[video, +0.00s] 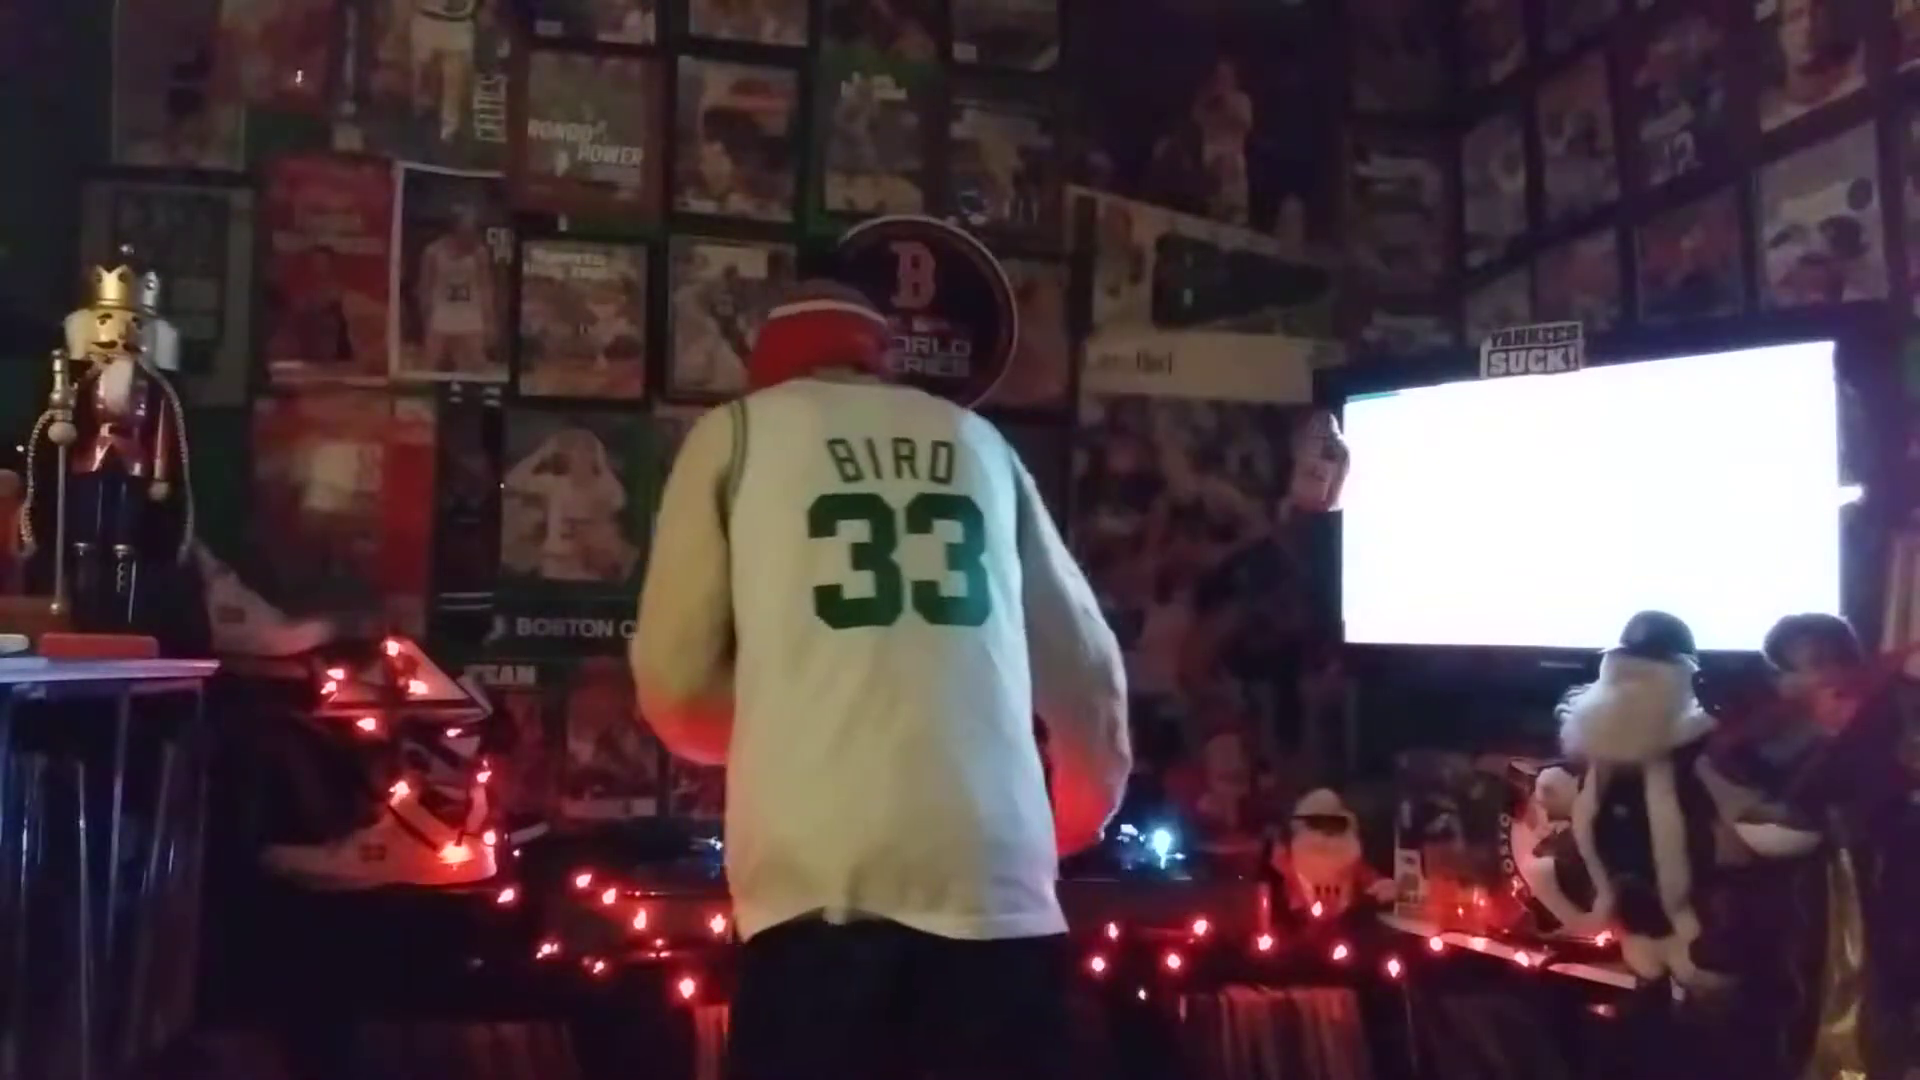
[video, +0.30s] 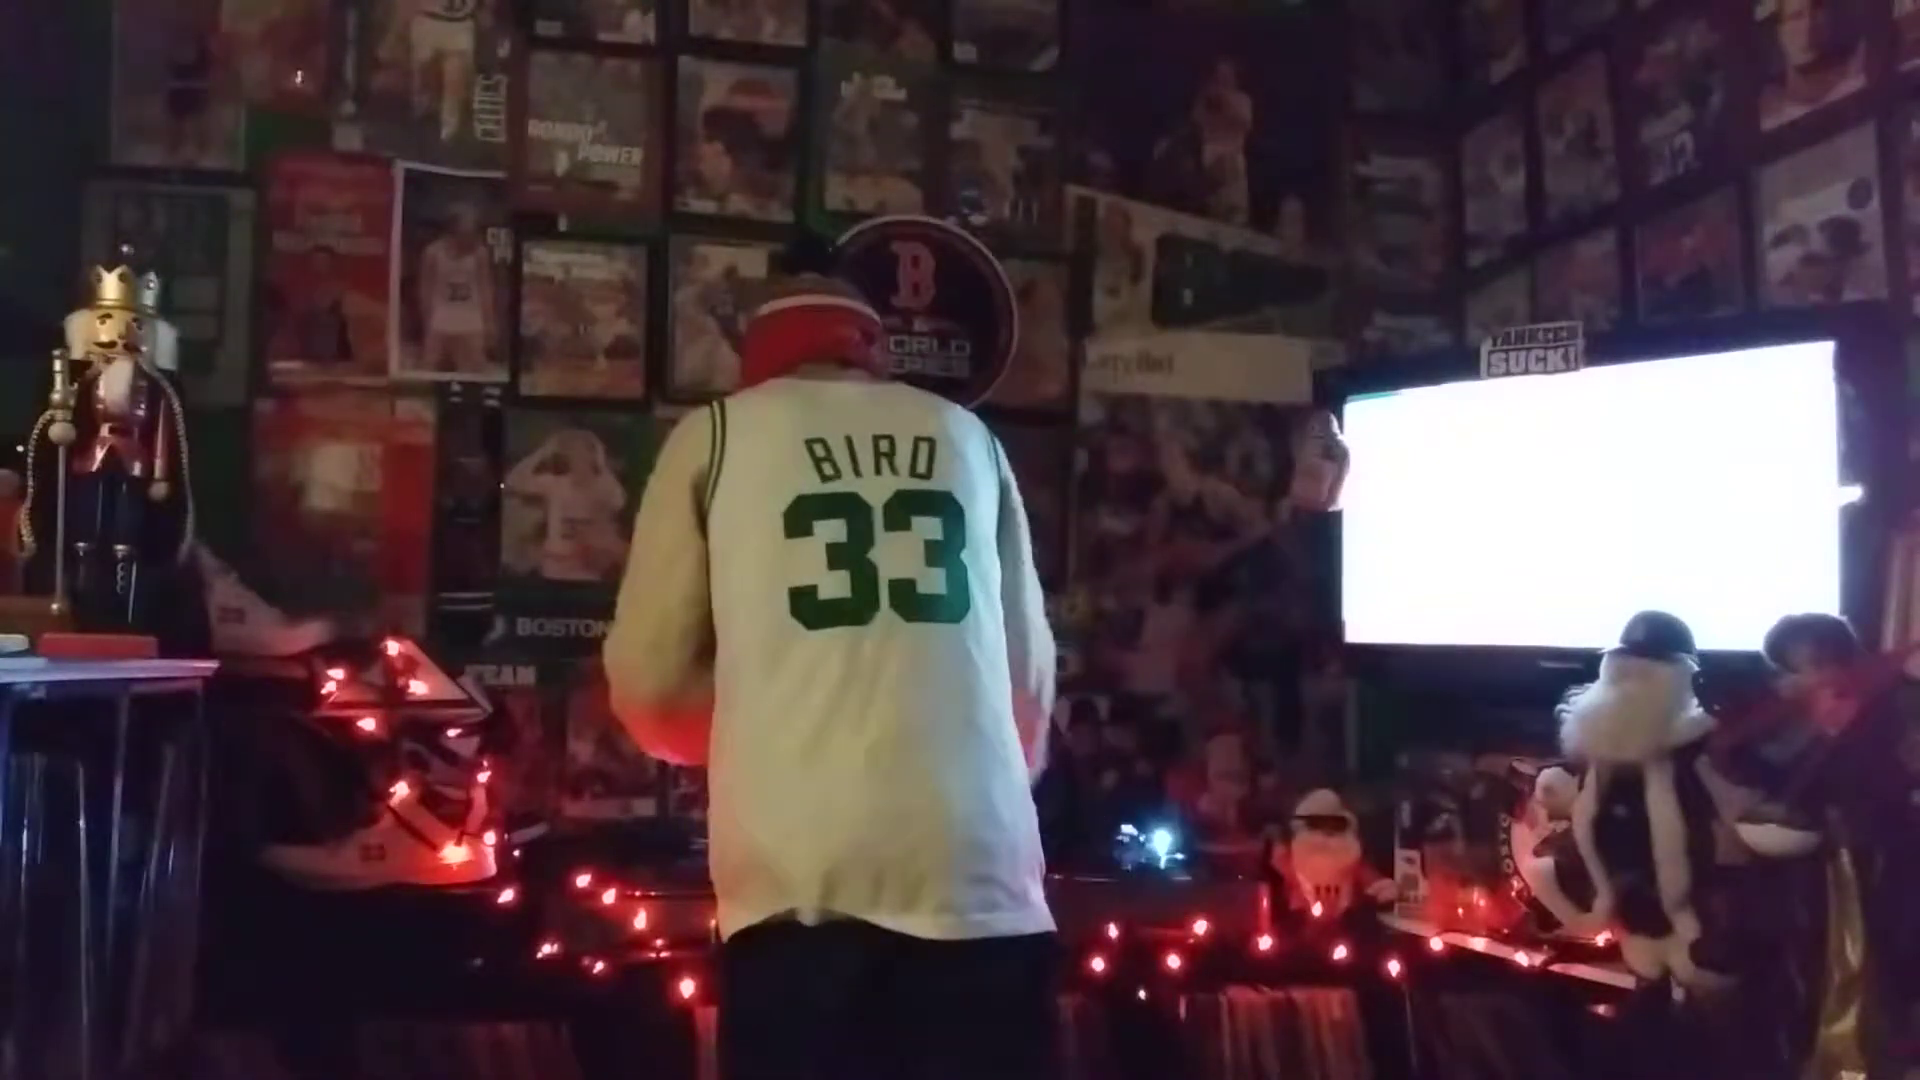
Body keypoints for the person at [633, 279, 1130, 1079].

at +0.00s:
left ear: (768, 361)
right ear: (879, 357)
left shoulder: (730, 435)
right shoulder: (984, 444)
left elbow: (674, 684)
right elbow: (1090, 678)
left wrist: (794, 731)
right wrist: (1052, 835)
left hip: (814, 901)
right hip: (998, 902)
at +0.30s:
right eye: (877, 341)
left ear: (756, 354)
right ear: (876, 350)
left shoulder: (711, 434)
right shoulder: (972, 439)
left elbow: (649, 687)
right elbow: (1029, 687)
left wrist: (772, 734)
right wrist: (975, 793)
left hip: (792, 890)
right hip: (981, 888)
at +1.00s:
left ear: (879, 321)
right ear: (1003, 326)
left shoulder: (821, 424)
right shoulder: (1091, 431)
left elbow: (746, 677)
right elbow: (1162, 664)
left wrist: (845, 764)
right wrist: (1062, 783)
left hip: (864, 895)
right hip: (1048, 901)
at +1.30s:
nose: (940, 317)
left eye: (947, 302)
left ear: (960, 312)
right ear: (1074, 324)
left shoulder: (881, 421)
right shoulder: (1155, 429)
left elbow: (803, 672)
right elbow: (1228, 667)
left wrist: (907, 749)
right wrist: (1134, 781)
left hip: (912, 913)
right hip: (1103, 918)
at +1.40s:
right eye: (1099, 316)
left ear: (974, 320)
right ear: (1091, 326)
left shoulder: (902, 422)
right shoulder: (1173, 431)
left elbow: (821, 674)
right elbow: (1240, 674)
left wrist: (931, 750)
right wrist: (1151, 780)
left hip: (933, 899)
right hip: (1120, 904)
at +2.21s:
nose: (969, 366)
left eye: (974, 355)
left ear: (986, 350)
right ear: (1104, 370)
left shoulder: (946, 408)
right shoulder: (1187, 454)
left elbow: (866, 661)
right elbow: (1186, 653)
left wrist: (928, 765)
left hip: (976, 892)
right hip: (1153, 909)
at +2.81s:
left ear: (862, 348)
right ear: (995, 351)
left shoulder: (817, 422)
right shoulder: (1077, 448)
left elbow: (749, 672)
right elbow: (1101, 662)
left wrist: (858, 765)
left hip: (879, 877)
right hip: (1068, 884)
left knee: (869, 1060)